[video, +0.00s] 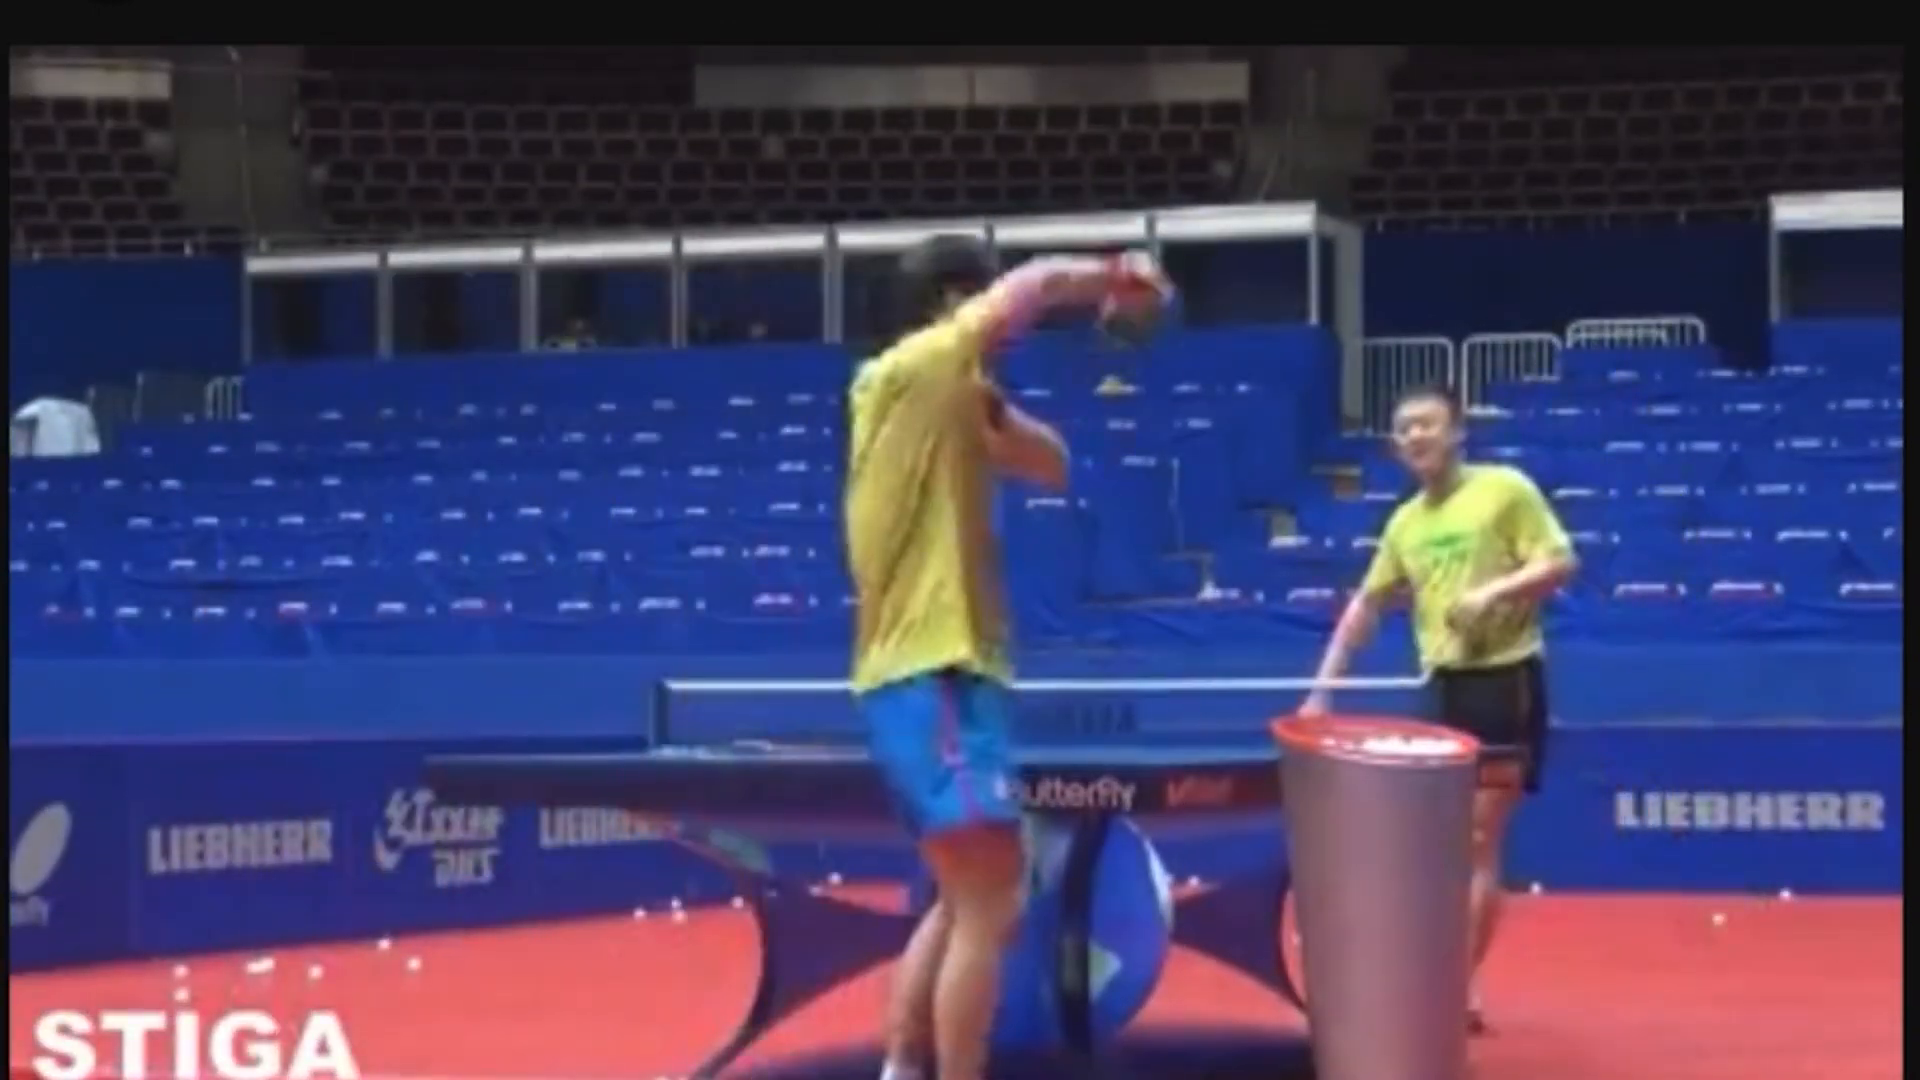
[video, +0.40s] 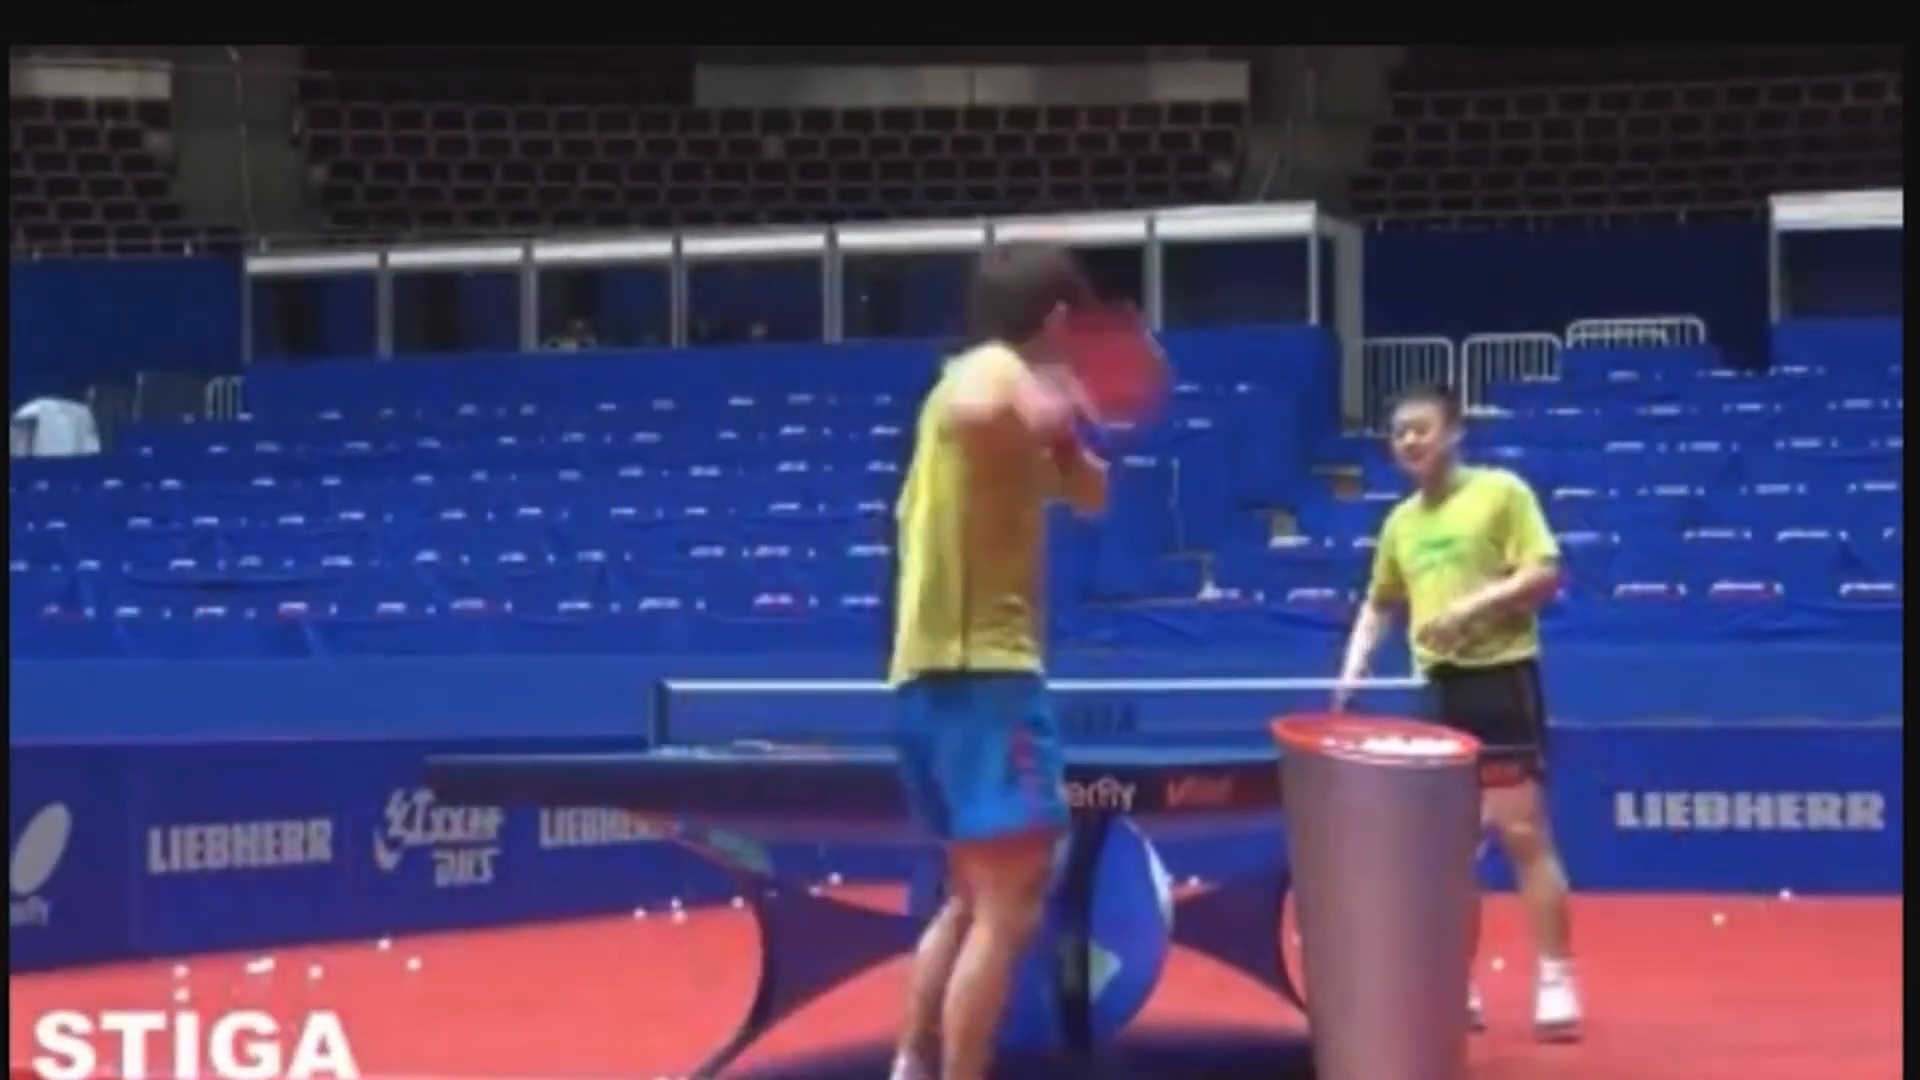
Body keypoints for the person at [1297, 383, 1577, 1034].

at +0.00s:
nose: (1418, 437)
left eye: (1430, 425)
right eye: (1408, 428)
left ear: (1458, 431)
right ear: (1396, 443)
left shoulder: (1505, 488)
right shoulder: (1404, 523)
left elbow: (1559, 560)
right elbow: (1365, 605)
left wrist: (1489, 595)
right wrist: (1323, 686)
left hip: (1504, 675)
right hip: (1443, 679)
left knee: (1481, 841)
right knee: (1435, 838)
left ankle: (1461, 987)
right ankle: (1431, 984)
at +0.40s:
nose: (1409, 443)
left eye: (1421, 429)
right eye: (1400, 433)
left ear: (1453, 432)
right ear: (1393, 446)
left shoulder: (1500, 491)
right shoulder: (1400, 523)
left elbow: (1543, 569)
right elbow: (1379, 606)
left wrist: (1467, 610)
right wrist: (1352, 669)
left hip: (1504, 670)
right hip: (1441, 678)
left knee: (1519, 827)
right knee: (1446, 840)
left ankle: (1554, 973)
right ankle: (1454, 984)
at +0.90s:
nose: (1511, 437)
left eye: (1524, 426)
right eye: (1502, 426)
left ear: (1550, 432)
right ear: (1490, 434)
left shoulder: (1584, 506)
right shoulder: (1464, 504)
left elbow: (1596, 598)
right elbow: (1435, 582)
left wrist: (1525, 607)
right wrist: (1485, 612)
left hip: (1553, 684)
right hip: (1476, 681)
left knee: (1574, 848)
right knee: (1467, 847)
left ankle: (1587, 986)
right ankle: (1461, 985)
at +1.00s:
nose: (1541, 433)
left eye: (1555, 422)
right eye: (1532, 421)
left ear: (1581, 432)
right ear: (1518, 430)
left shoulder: (1609, 514)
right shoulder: (1485, 500)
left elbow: (1613, 605)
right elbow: (1454, 579)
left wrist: (1546, 613)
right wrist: (1500, 619)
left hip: (1566, 684)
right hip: (1492, 680)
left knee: (1579, 846)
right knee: (1476, 840)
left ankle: (1590, 985)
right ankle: (1463, 979)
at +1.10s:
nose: (1559, 433)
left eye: (1573, 423)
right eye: (1551, 421)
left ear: (1598, 435)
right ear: (1537, 430)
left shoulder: (1625, 516)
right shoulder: (1503, 494)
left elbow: (1626, 607)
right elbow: (1466, 572)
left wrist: (1548, 616)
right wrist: (1505, 616)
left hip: (1572, 685)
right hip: (1498, 678)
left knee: (1580, 844)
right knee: (1479, 834)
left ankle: (1590, 985)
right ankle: (1468, 974)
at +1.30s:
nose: (1572, 436)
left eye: (1587, 425)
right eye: (1567, 423)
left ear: (1618, 438)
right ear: (1555, 431)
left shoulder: (1638, 521)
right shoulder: (1522, 491)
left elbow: (1631, 615)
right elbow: (1477, 567)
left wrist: (1546, 614)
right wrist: (1497, 605)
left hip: (1574, 685)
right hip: (1504, 675)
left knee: (1577, 840)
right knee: (1485, 827)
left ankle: (1590, 986)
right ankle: (1480, 974)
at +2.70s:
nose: (1341, 445)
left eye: (1351, 432)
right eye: (1334, 436)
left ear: (1385, 434)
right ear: (1329, 448)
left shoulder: (1439, 477)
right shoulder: (1340, 507)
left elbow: (1451, 564)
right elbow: (1327, 615)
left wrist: (1368, 514)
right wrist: (1310, 703)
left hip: (1470, 664)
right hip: (1398, 678)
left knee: (1494, 829)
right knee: (1395, 833)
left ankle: (1510, 979)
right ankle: (1396, 986)